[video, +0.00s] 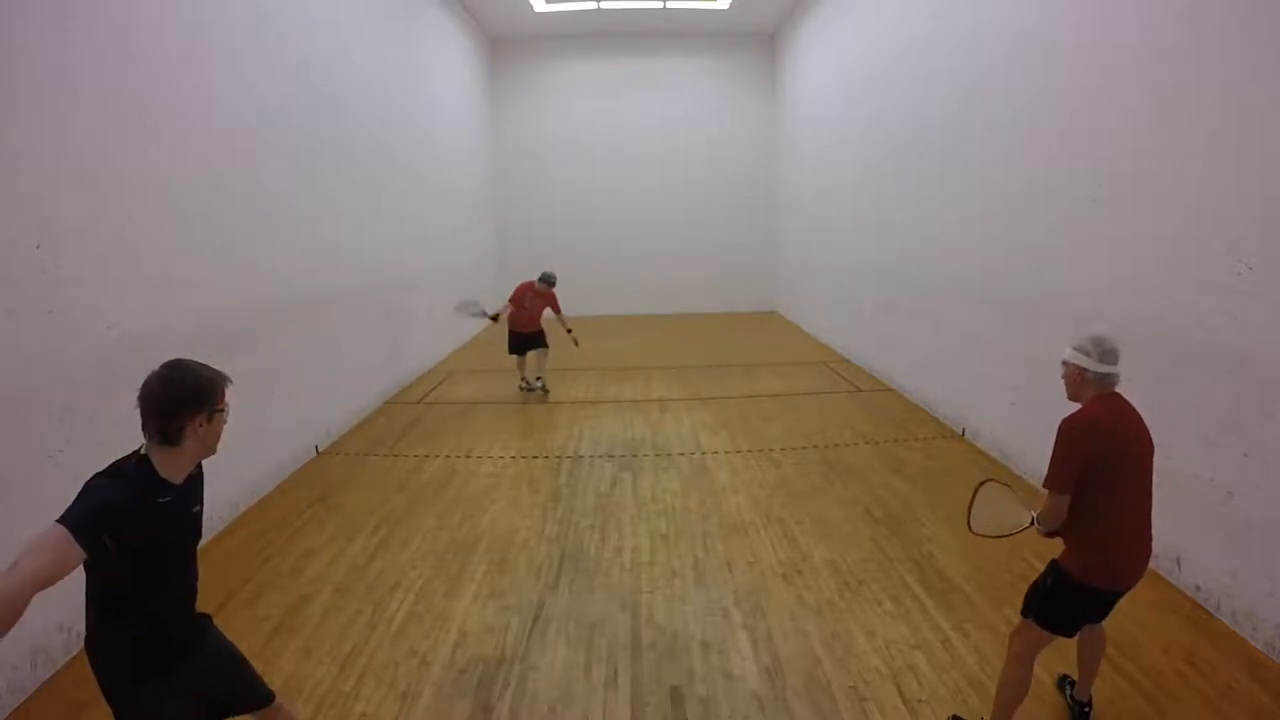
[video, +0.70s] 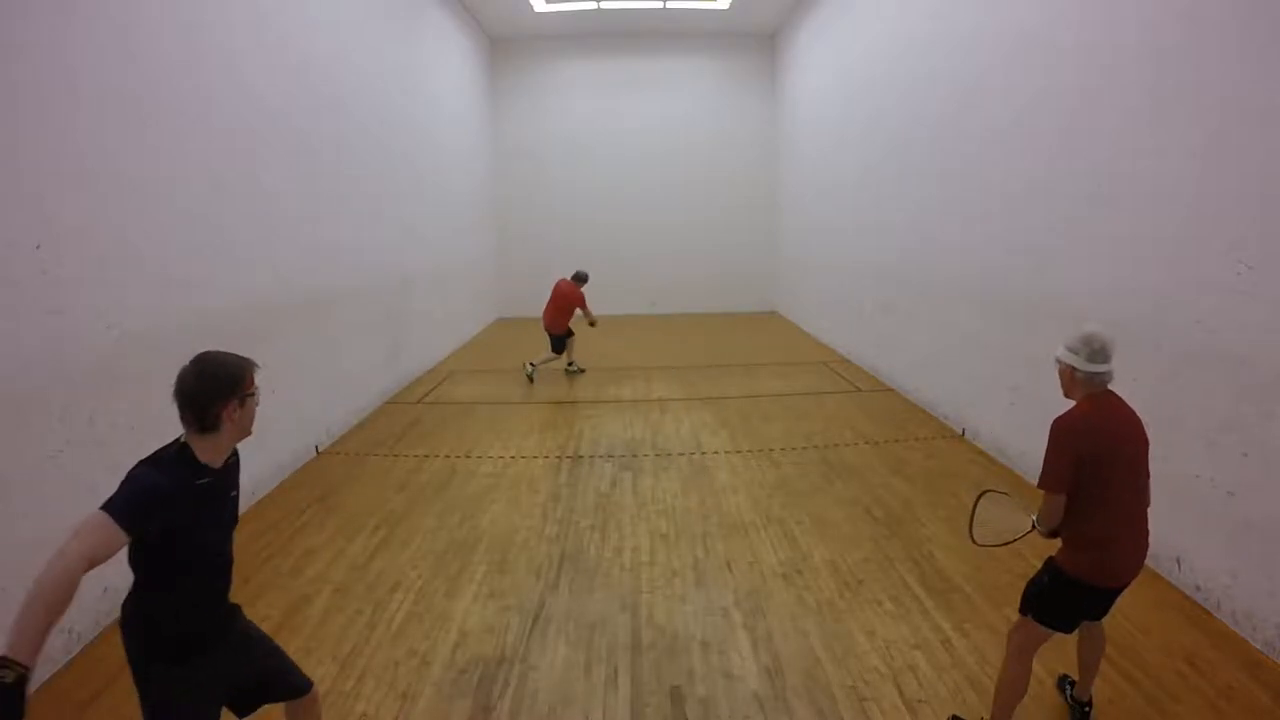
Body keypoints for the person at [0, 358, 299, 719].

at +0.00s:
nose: (226, 420)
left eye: (224, 411)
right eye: (222, 412)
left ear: (191, 427)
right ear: (198, 426)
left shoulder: (188, 469)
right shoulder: (111, 496)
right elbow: (20, 581)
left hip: (186, 629)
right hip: (131, 659)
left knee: (269, 707)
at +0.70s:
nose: (257, 404)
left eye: (254, 394)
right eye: (252, 396)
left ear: (226, 412)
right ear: (231, 412)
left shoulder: (227, 457)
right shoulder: (155, 482)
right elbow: (70, 561)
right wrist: (12, 671)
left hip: (216, 617)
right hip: (162, 637)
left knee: (303, 695)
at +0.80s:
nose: (272, 392)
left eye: (271, 384)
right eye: (268, 385)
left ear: (240, 398)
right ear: (246, 397)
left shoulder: (241, 446)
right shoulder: (176, 470)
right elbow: (94, 555)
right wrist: (57, 669)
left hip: (234, 602)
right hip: (181, 623)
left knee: (312, 681)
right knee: (202, 713)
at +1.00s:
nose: (278, 355)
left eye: (277, 347)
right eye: (274, 348)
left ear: (248, 362)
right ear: (253, 361)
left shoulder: (248, 411)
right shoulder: (185, 429)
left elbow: (230, 489)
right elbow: (116, 520)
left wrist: (251, 537)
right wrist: (110, 635)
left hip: (239, 572)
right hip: (190, 592)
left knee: (293, 669)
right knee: (232, 710)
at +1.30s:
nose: (255, 359)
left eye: (252, 349)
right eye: (246, 351)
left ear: (219, 362)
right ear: (216, 360)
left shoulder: (226, 408)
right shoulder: (167, 434)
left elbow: (210, 498)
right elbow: (122, 536)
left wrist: (233, 565)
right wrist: (182, 625)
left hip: (239, 574)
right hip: (195, 597)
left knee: (288, 669)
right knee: (249, 703)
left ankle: (307, 714)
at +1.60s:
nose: (220, 359)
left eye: (218, 348)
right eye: (208, 351)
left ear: (181, 361)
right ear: (173, 360)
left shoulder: (191, 407)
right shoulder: (148, 436)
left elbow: (187, 496)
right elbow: (116, 541)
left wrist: (210, 560)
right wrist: (179, 614)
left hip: (213, 564)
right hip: (177, 591)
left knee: (258, 641)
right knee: (219, 697)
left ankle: (258, 707)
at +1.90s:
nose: (211, 351)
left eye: (208, 343)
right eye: (205, 345)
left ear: (177, 357)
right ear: (186, 357)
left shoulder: (177, 405)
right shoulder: (162, 422)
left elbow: (175, 486)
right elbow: (129, 514)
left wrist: (208, 533)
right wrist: (161, 589)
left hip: (203, 550)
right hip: (190, 565)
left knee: (213, 636)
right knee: (232, 680)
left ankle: (210, 693)